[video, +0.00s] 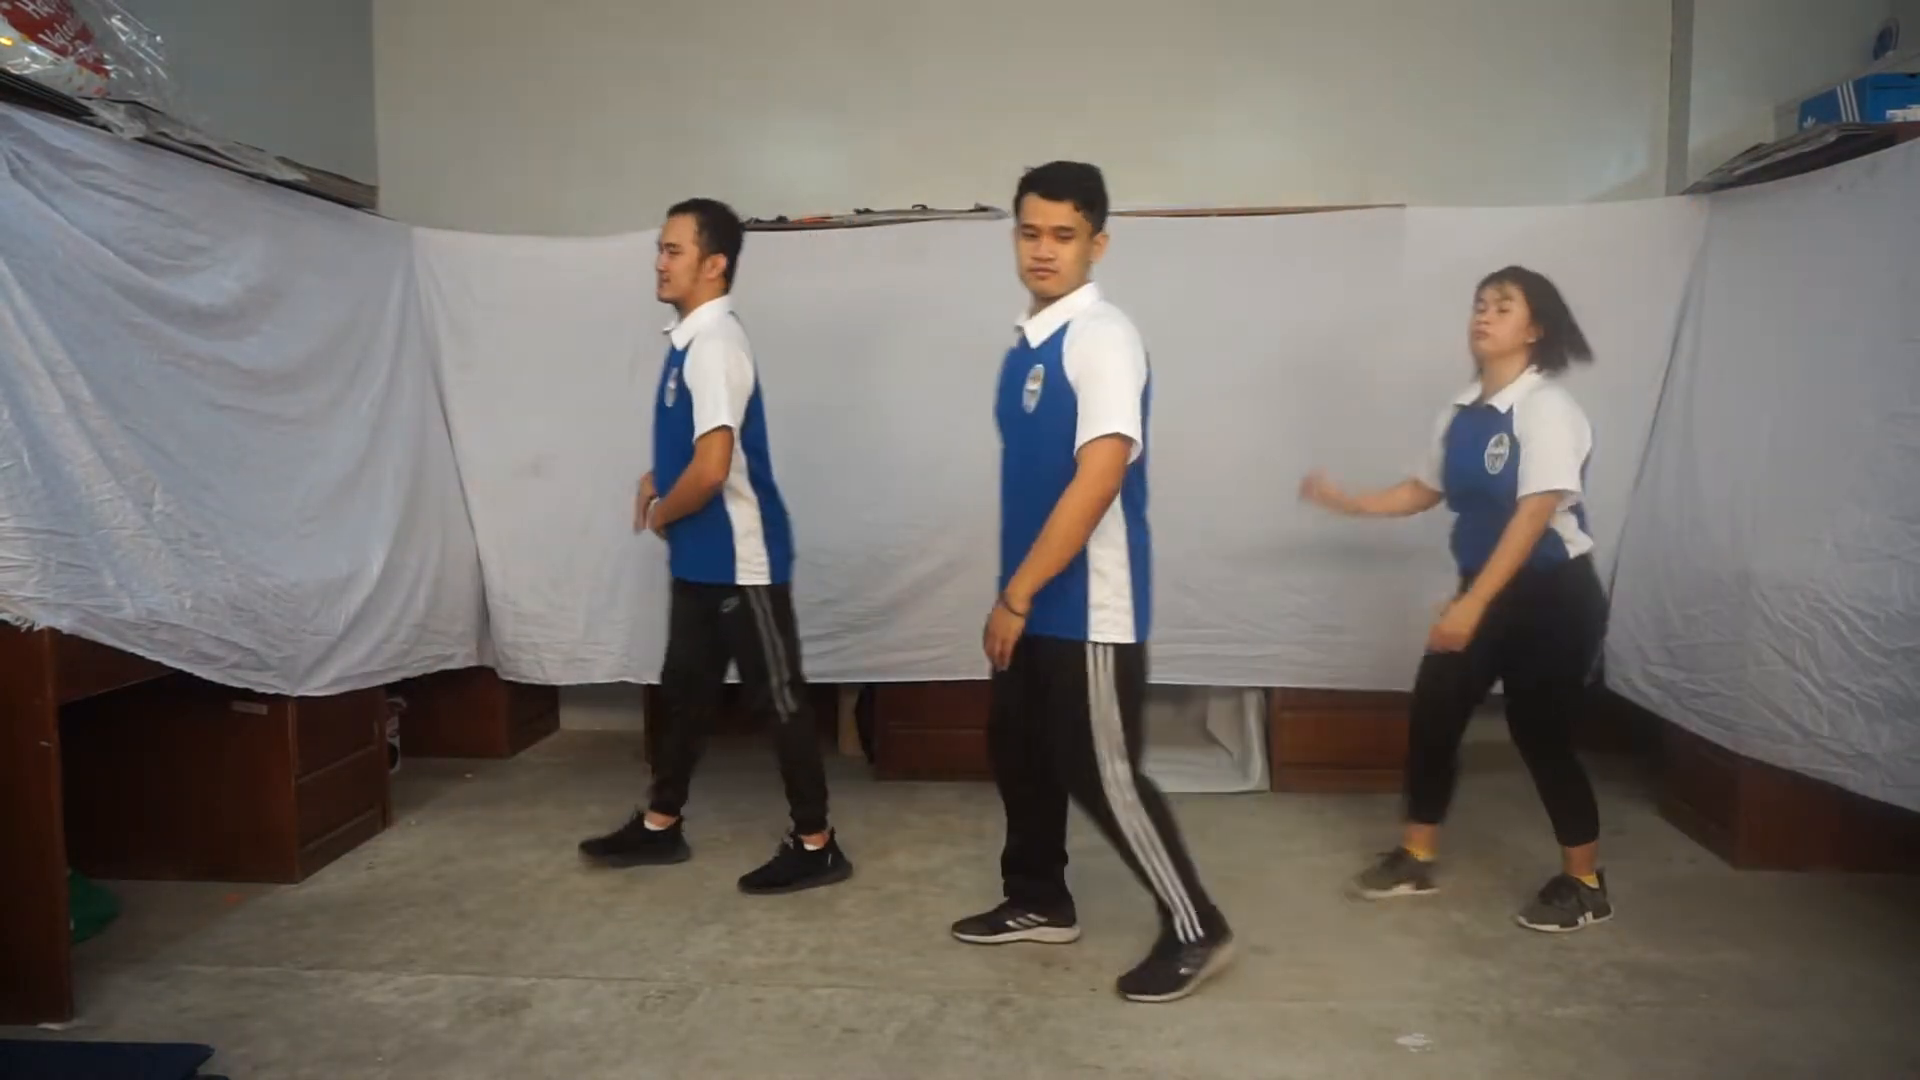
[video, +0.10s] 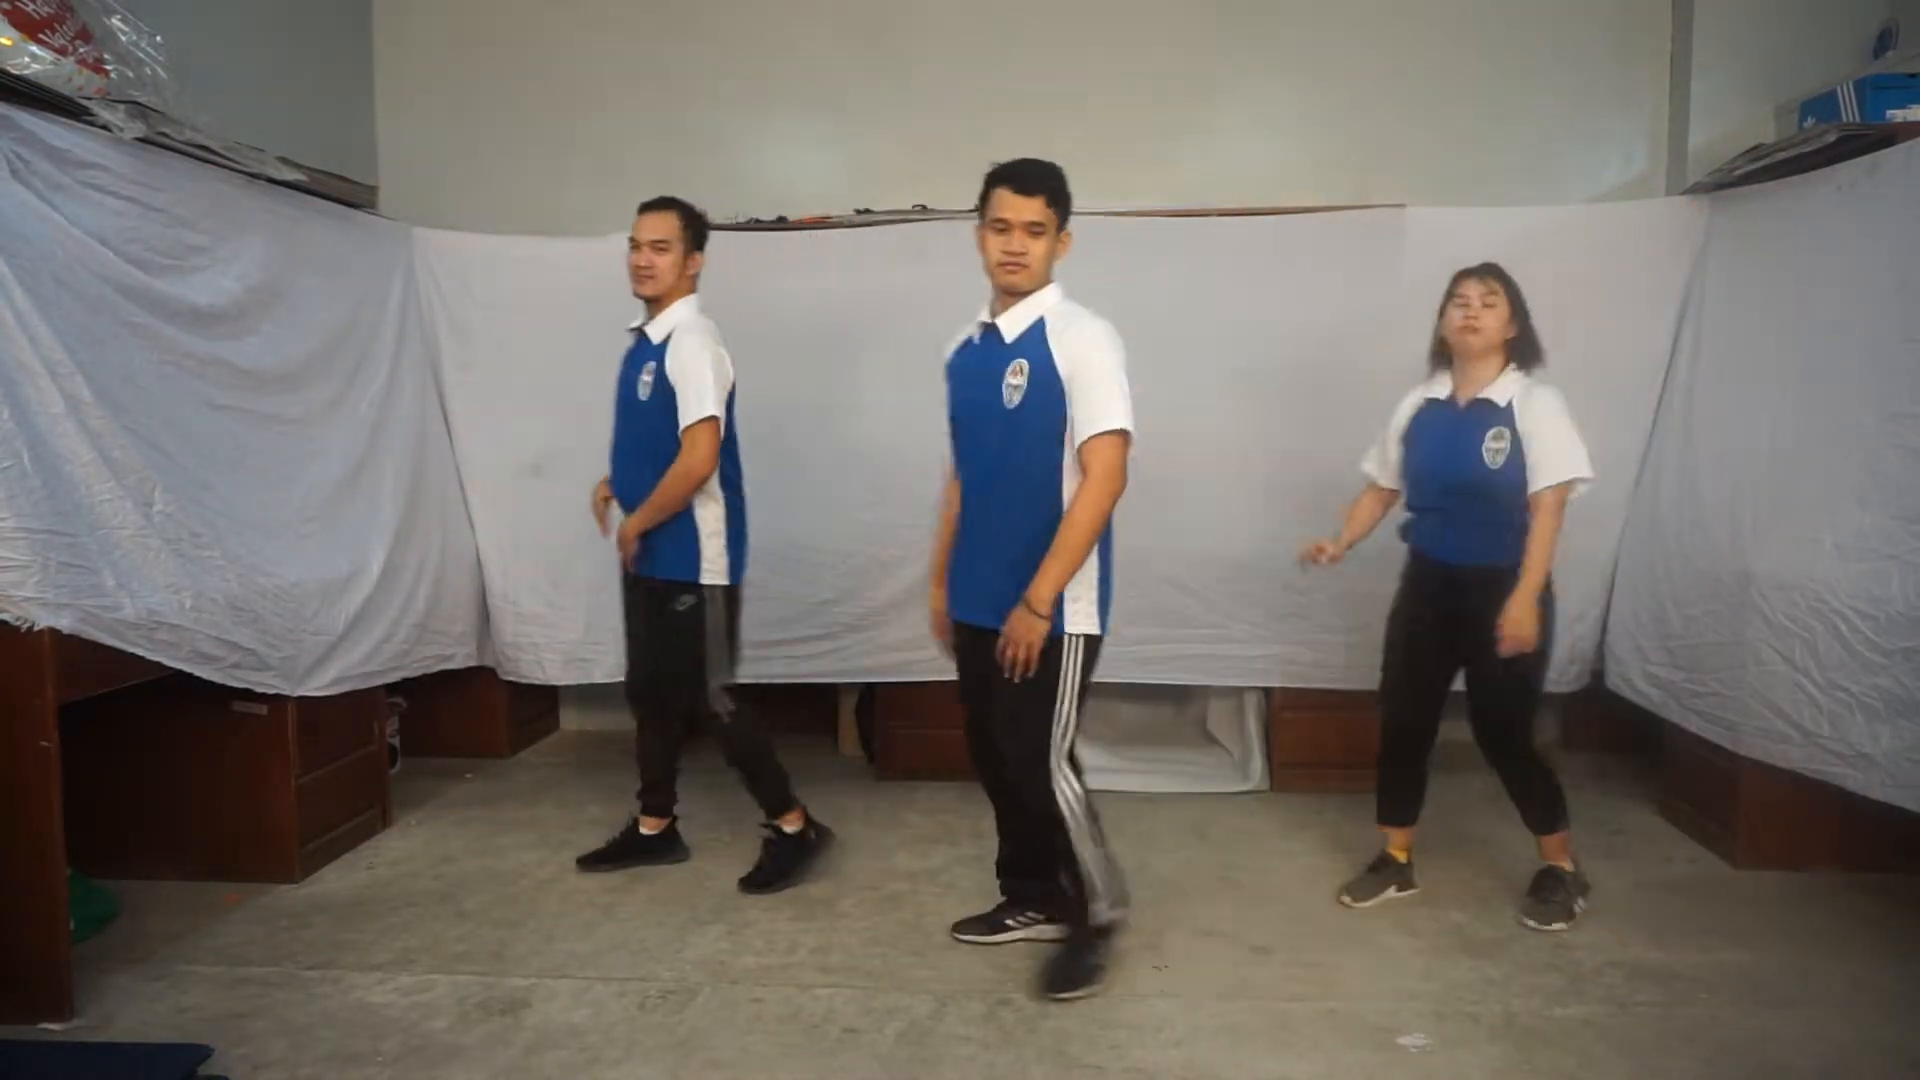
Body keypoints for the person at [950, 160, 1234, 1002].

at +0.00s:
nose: (1041, 249)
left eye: (1061, 235)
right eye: (1029, 233)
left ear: (1096, 242)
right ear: (1014, 236)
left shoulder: (1104, 336)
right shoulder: (1032, 336)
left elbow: (1099, 477)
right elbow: (1036, 478)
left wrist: (1016, 596)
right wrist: (1023, 593)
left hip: (1093, 599)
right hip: (1036, 594)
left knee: (1104, 768)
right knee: (1020, 750)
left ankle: (1195, 927)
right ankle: (1038, 900)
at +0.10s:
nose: (1013, 244)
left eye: (1032, 231)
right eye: (999, 227)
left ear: (1061, 242)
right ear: (978, 235)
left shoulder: (1083, 339)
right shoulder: (968, 348)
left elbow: (1105, 478)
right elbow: (963, 477)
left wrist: (1039, 598)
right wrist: (941, 579)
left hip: (1054, 598)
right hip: (979, 594)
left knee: (1039, 758)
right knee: (996, 754)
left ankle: (1097, 916)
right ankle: (1030, 899)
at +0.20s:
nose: (990, 240)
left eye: (1008, 226)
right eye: (973, 224)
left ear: (1028, 237)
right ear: (947, 235)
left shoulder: (1068, 337)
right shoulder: (919, 346)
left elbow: (1119, 465)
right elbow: (888, 462)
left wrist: (1066, 590)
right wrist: (842, 560)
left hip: (1023, 602)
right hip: (937, 600)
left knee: (992, 773)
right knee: (947, 750)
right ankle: (1024, 871)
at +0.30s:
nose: (968, 241)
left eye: (983, 226)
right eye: (950, 225)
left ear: (999, 239)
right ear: (915, 238)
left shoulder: (1040, 340)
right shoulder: (876, 351)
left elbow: (1124, 448)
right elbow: (816, 460)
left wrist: (1086, 567)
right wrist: (737, 560)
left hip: (1004, 609)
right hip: (902, 607)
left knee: (980, 774)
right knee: (880, 757)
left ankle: (959, 926)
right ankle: (956, 863)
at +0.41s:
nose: (941, 240)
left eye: (952, 225)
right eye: (922, 223)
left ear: (962, 236)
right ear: (878, 235)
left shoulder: (999, 334)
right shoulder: (832, 347)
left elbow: (1109, 397)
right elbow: (764, 458)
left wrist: (1115, 481)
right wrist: (670, 562)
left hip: (979, 606)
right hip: (875, 609)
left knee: (975, 779)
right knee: (858, 772)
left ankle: (963, 938)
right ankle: (851, 915)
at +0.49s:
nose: (918, 240)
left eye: (926, 225)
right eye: (899, 224)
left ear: (933, 233)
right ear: (847, 232)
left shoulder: (960, 326)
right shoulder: (809, 343)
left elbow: (1056, 326)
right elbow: (770, 463)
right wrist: (725, 567)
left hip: (955, 601)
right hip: (859, 610)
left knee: (960, 780)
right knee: (839, 784)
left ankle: (959, 940)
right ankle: (793, 950)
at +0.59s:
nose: (897, 235)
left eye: (898, 220)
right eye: (879, 220)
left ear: (896, 232)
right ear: (823, 230)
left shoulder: (902, 306)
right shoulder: (798, 340)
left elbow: (974, 234)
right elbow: (826, 476)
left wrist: (1036, 156)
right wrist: (900, 577)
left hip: (899, 584)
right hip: (821, 596)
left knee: (923, 765)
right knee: (818, 781)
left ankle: (934, 933)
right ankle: (793, 954)